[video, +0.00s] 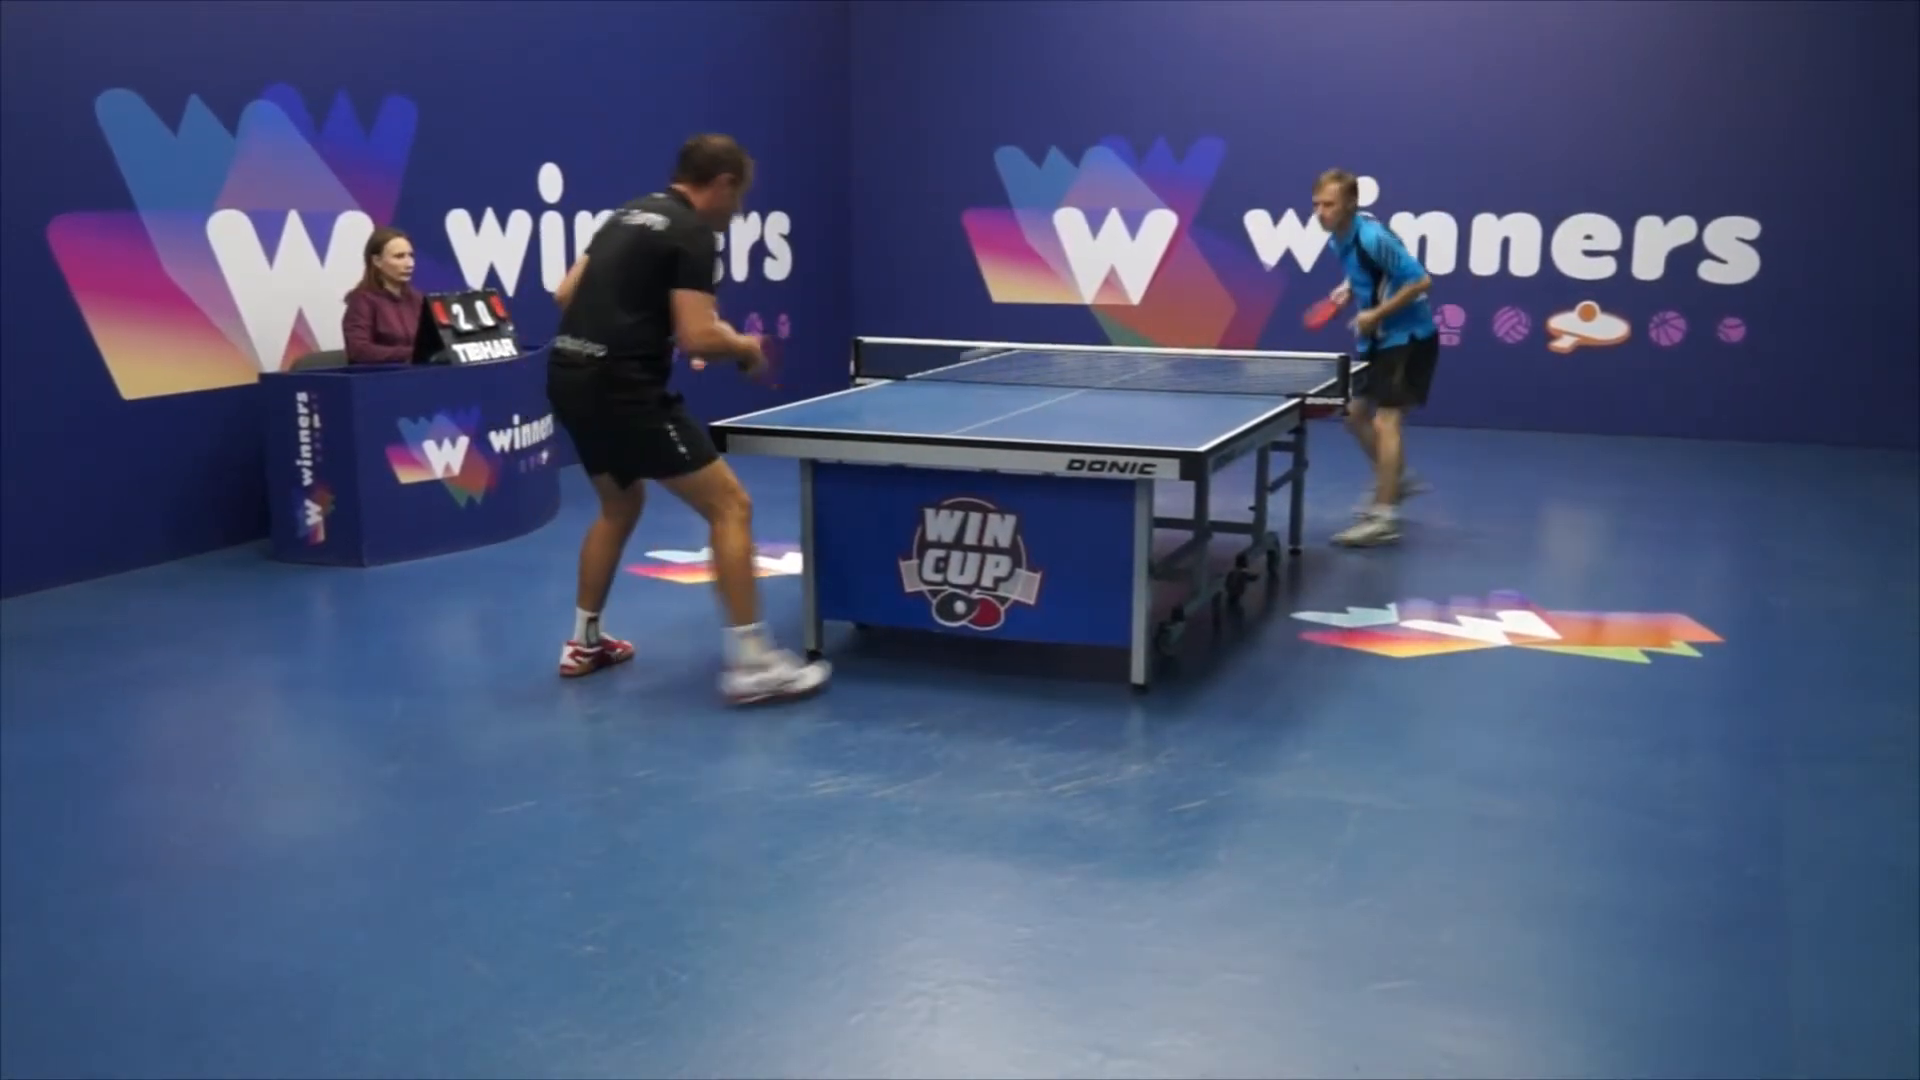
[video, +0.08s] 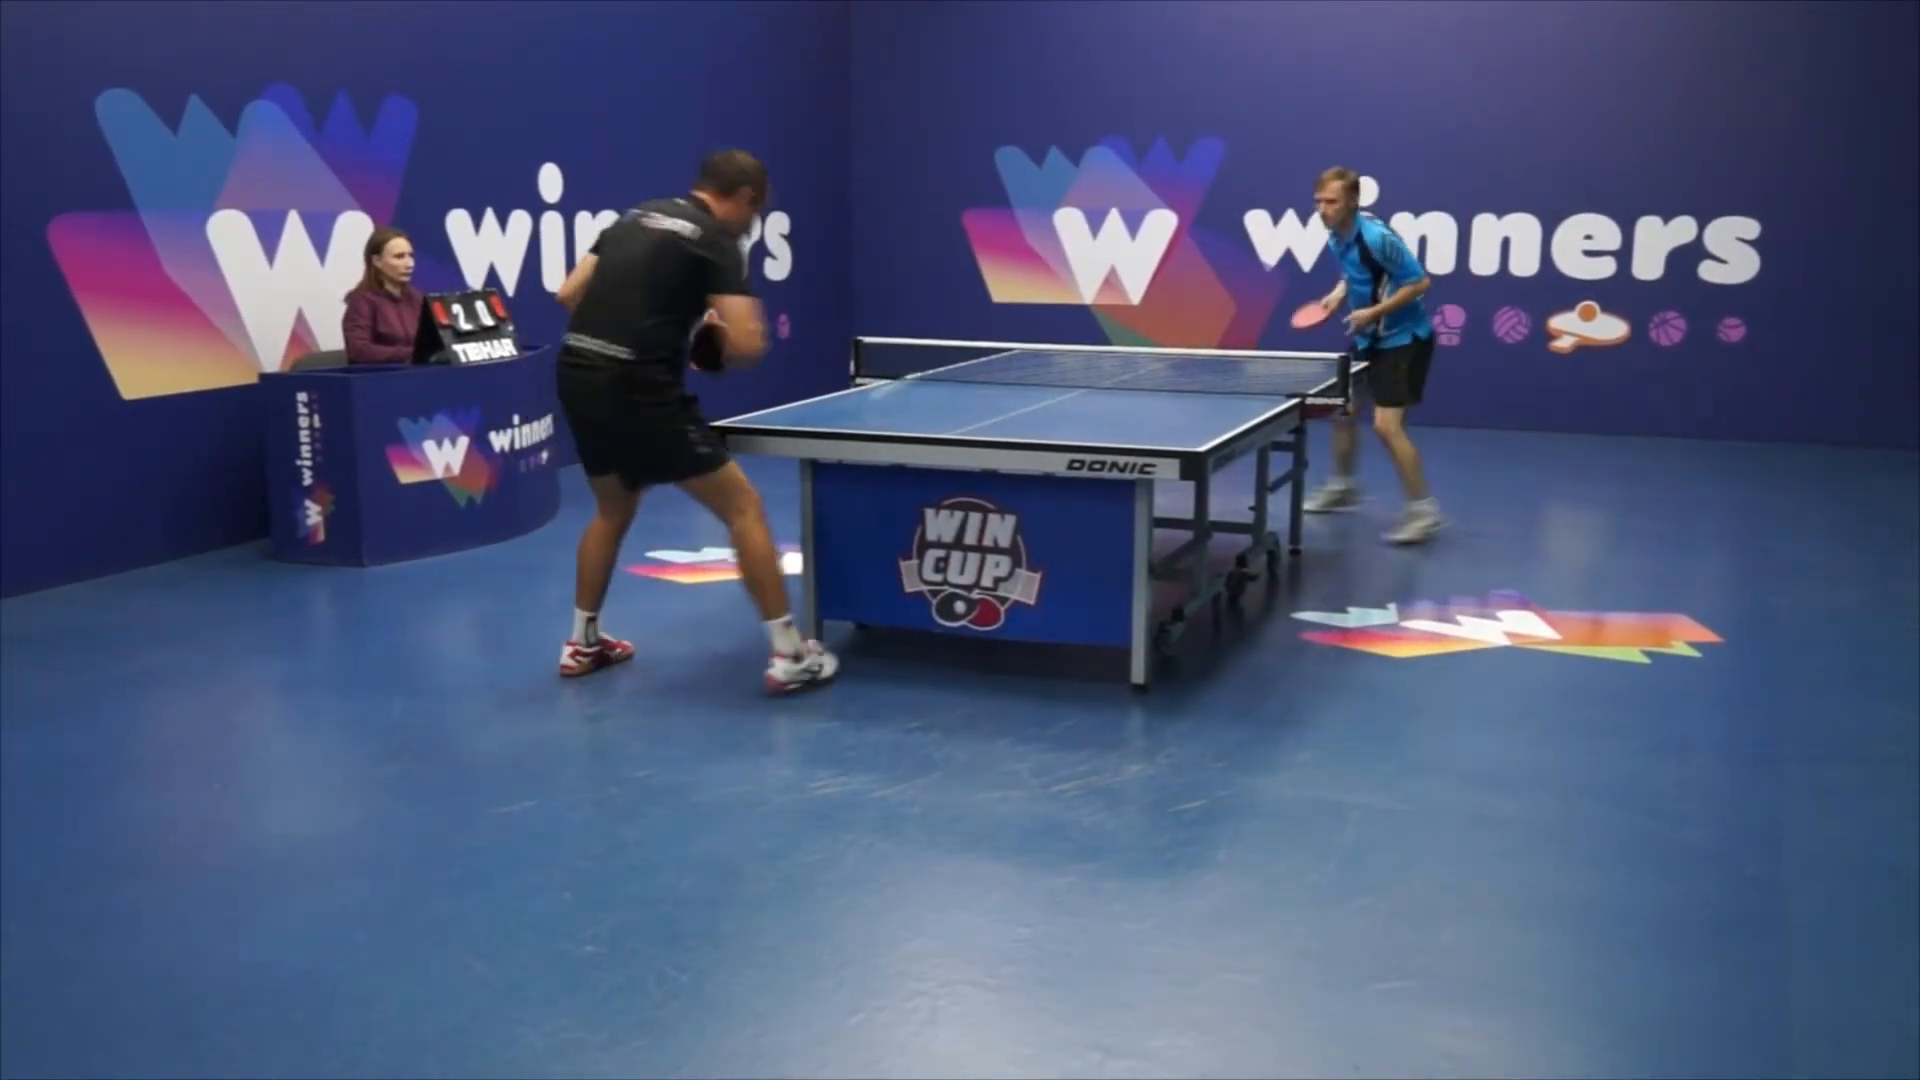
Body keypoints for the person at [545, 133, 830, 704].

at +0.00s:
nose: (736, 211)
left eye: (739, 200)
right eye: (737, 198)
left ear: (685, 179)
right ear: (717, 185)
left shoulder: (628, 214)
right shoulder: (691, 232)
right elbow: (698, 336)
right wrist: (745, 345)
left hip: (570, 375)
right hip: (623, 382)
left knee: (619, 505)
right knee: (729, 506)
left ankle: (584, 642)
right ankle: (750, 659)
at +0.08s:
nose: (751, 224)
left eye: (754, 213)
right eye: (754, 212)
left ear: (702, 184)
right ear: (740, 199)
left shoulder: (635, 218)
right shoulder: (718, 243)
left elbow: (570, 292)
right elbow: (746, 346)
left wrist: (627, 318)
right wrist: (717, 330)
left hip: (578, 372)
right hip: (640, 383)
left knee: (613, 508)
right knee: (742, 508)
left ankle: (583, 640)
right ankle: (789, 650)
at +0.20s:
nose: (769, 240)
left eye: (773, 232)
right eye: (773, 231)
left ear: (718, 204)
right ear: (763, 221)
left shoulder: (649, 231)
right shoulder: (756, 266)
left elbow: (577, 296)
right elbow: (813, 362)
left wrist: (608, 342)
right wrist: (766, 353)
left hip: (606, 387)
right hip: (676, 397)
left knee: (613, 510)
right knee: (765, 512)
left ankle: (580, 643)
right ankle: (786, 661)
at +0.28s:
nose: (776, 236)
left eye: (777, 229)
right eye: (778, 228)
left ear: (720, 210)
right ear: (769, 223)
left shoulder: (658, 236)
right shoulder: (773, 276)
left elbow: (590, 301)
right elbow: (835, 366)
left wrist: (602, 361)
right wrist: (804, 358)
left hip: (623, 399)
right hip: (698, 410)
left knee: (612, 516)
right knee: (777, 513)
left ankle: (578, 643)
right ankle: (788, 661)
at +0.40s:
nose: (777, 228)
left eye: (778, 220)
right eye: (779, 220)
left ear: (717, 209)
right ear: (769, 217)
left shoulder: (661, 236)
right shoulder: (779, 274)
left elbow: (602, 303)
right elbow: (844, 363)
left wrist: (600, 373)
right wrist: (808, 356)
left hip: (632, 407)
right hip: (712, 414)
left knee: (600, 523)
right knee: (776, 517)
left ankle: (564, 651)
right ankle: (787, 661)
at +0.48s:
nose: (769, 218)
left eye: (770, 210)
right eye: (771, 209)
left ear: (708, 200)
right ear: (759, 207)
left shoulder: (653, 231)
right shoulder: (774, 267)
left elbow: (596, 307)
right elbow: (834, 363)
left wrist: (596, 377)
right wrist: (806, 352)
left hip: (628, 407)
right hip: (710, 414)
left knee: (591, 527)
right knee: (770, 519)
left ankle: (552, 664)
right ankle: (786, 662)